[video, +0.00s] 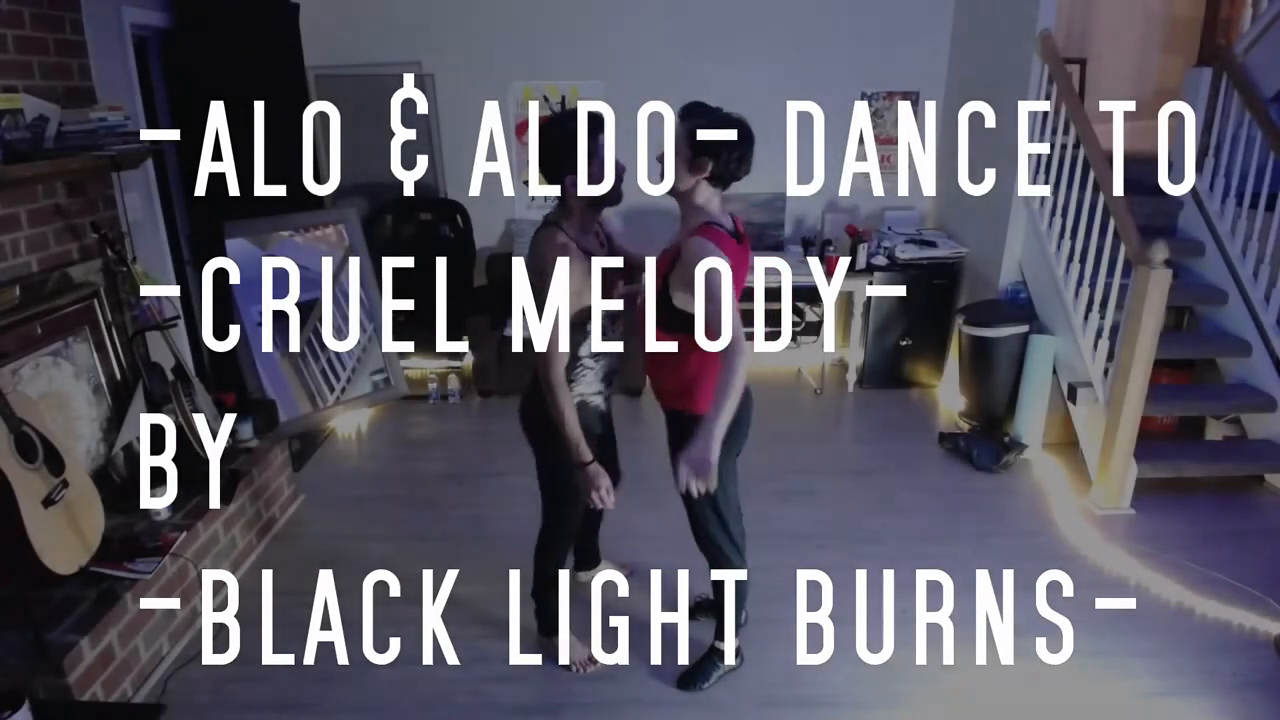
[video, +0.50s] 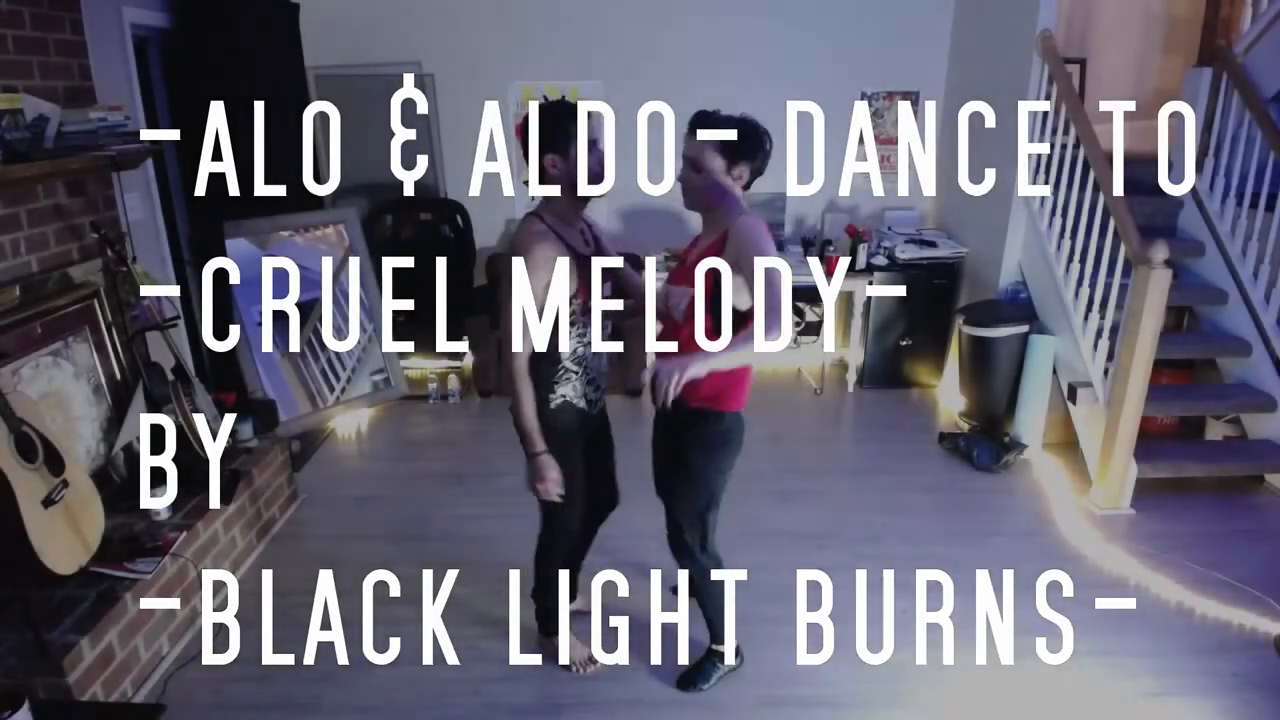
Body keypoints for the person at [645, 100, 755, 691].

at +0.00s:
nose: (664, 159)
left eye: (675, 151)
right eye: (668, 148)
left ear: (702, 164)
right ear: (708, 165)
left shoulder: (708, 251)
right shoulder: (704, 228)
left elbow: (737, 352)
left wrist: (709, 435)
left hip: (704, 413)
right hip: (701, 403)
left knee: (712, 527)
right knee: (715, 514)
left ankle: (727, 645)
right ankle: (727, 600)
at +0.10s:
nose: (670, 160)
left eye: (682, 152)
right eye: (674, 149)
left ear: (710, 165)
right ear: (708, 165)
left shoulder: (712, 253)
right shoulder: (699, 235)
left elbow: (743, 360)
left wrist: (711, 442)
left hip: (704, 415)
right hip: (691, 407)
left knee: (710, 527)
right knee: (709, 514)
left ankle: (727, 645)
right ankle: (723, 599)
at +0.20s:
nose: (675, 166)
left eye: (685, 157)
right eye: (680, 155)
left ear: (717, 171)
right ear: (717, 172)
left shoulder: (729, 254)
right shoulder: (706, 241)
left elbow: (754, 360)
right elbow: (694, 324)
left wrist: (707, 435)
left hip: (700, 417)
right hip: (682, 409)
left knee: (708, 531)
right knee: (702, 516)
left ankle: (726, 644)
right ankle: (721, 594)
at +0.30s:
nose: (677, 167)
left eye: (687, 159)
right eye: (681, 157)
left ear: (721, 172)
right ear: (719, 173)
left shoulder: (736, 250)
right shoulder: (706, 240)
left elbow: (756, 358)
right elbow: (683, 318)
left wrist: (697, 419)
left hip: (706, 416)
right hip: (681, 409)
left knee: (703, 528)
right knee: (696, 513)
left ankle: (725, 643)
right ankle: (717, 583)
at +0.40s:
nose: (680, 173)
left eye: (690, 165)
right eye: (682, 162)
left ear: (730, 173)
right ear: (723, 173)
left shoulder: (744, 236)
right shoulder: (709, 236)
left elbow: (765, 336)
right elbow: (684, 315)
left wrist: (690, 378)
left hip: (708, 416)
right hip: (681, 410)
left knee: (695, 532)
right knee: (692, 531)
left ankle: (724, 645)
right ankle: (721, 638)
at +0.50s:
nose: (681, 177)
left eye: (692, 167)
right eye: (682, 166)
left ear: (732, 172)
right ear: (721, 173)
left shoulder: (747, 232)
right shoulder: (706, 238)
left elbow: (771, 328)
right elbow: (683, 316)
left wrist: (697, 362)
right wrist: (637, 293)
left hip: (711, 414)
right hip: (678, 408)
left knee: (690, 533)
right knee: (685, 531)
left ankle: (723, 645)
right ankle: (719, 639)